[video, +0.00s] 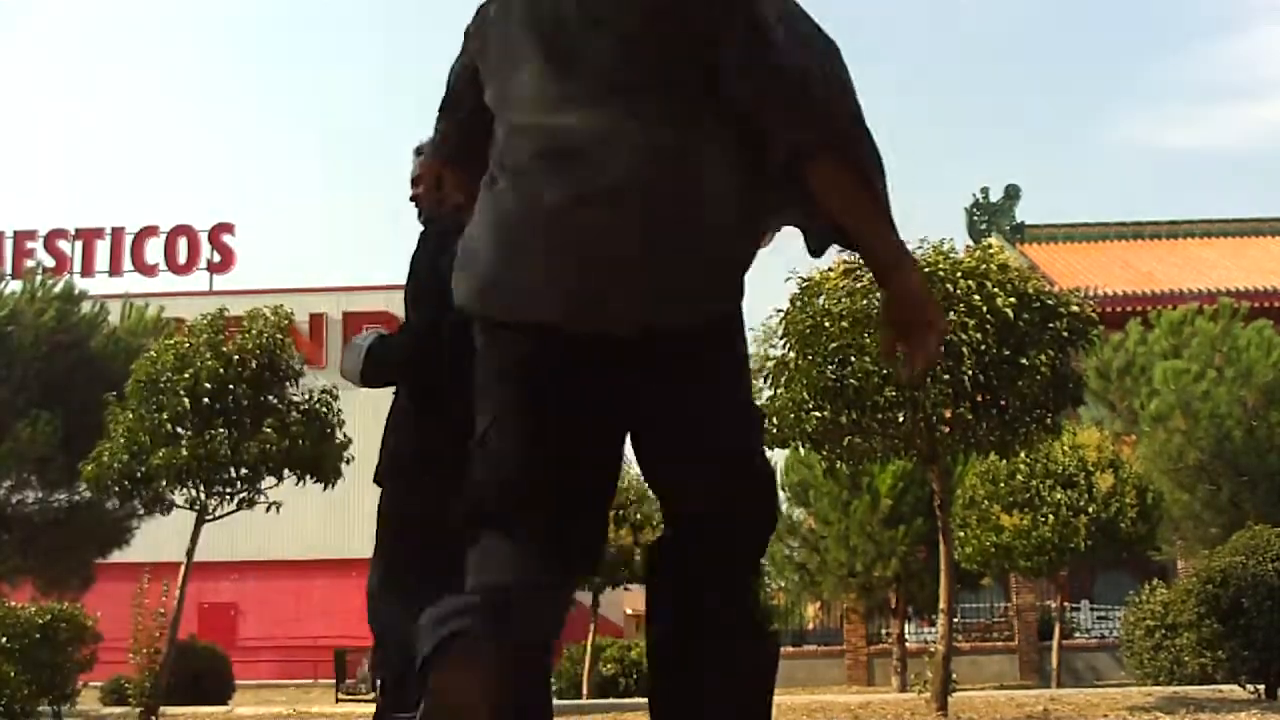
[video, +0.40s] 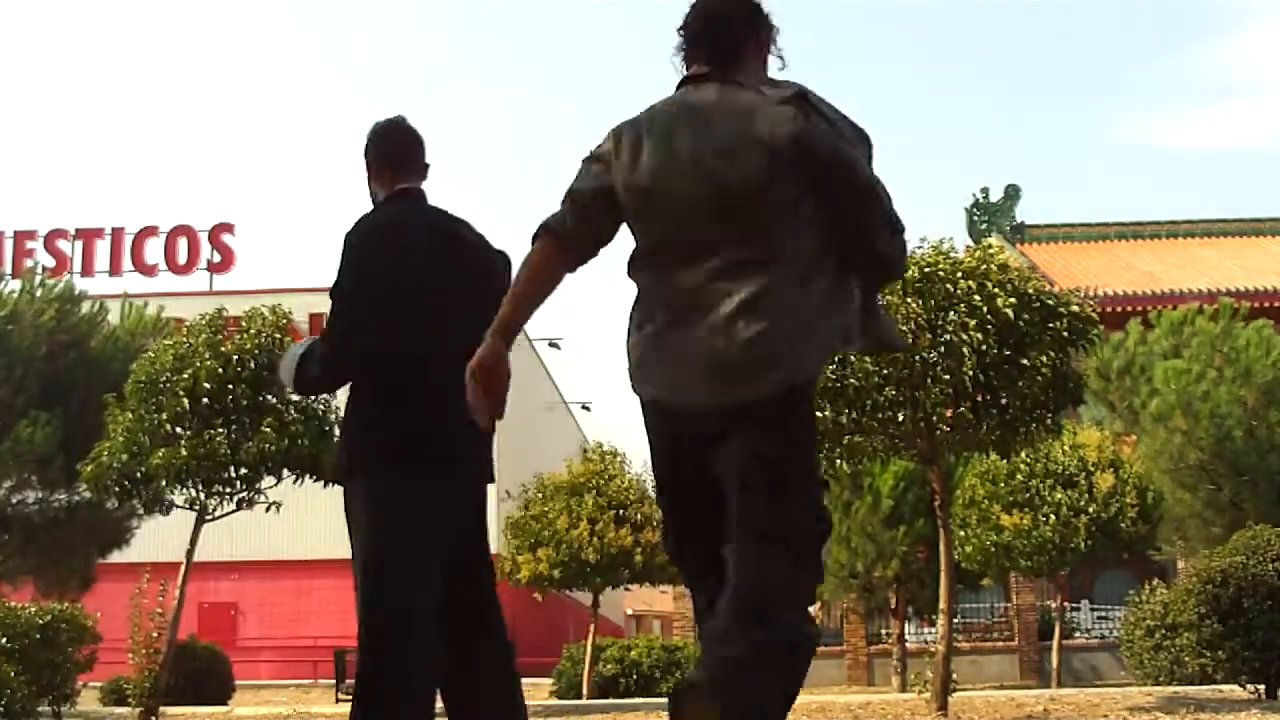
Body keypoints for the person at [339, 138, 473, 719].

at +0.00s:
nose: (420, 196)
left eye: (431, 183)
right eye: (418, 184)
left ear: (461, 186)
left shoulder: (445, 244)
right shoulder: (482, 243)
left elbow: (430, 347)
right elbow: (453, 344)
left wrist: (370, 354)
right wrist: (393, 343)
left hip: (426, 459)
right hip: (465, 450)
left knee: (399, 591)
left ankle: (402, 699)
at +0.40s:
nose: (371, 180)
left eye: (368, 171)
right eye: (377, 170)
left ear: (372, 170)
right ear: (425, 168)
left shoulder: (371, 237)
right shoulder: (481, 249)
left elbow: (345, 350)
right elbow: (487, 351)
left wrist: (295, 366)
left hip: (385, 456)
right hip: (462, 454)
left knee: (393, 625)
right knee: (470, 619)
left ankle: (393, 716)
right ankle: (495, 717)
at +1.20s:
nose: (454, 185)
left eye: (450, 176)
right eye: (454, 176)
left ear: (395, 175)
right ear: (448, 177)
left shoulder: (351, 240)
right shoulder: (479, 253)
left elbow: (320, 362)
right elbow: (521, 364)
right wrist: (541, 452)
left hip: (371, 453)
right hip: (459, 452)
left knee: (377, 618)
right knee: (479, 615)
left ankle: (382, 712)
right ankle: (484, 710)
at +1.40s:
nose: (464, 194)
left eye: (463, 185)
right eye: (466, 185)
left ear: (407, 180)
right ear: (461, 184)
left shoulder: (361, 245)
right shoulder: (492, 258)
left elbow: (330, 369)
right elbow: (530, 388)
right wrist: (496, 460)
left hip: (386, 474)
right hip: (472, 476)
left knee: (386, 644)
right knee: (493, 651)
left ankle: (383, 717)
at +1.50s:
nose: (470, 196)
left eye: (468, 187)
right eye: (472, 187)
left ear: (413, 183)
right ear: (465, 187)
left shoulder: (368, 246)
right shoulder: (499, 261)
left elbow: (334, 366)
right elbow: (530, 377)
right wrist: (501, 451)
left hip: (389, 471)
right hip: (474, 473)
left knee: (395, 638)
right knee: (486, 639)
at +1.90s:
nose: (431, 209)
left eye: (420, 201)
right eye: (458, 199)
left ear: (414, 199)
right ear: (469, 201)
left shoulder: (396, 241)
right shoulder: (509, 270)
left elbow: (356, 358)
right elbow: (525, 371)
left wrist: (331, 374)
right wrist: (486, 426)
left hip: (398, 476)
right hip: (485, 479)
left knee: (368, 634)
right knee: (496, 645)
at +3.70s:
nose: (380, 222)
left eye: (370, 213)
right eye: (401, 216)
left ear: (360, 213)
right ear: (414, 217)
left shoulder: (343, 260)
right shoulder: (455, 275)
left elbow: (310, 358)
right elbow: (494, 376)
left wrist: (343, 404)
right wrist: (479, 455)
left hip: (365, 481)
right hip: (449, 478)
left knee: (354, 641)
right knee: (468, 641)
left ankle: (366, 719)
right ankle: (474, 718)